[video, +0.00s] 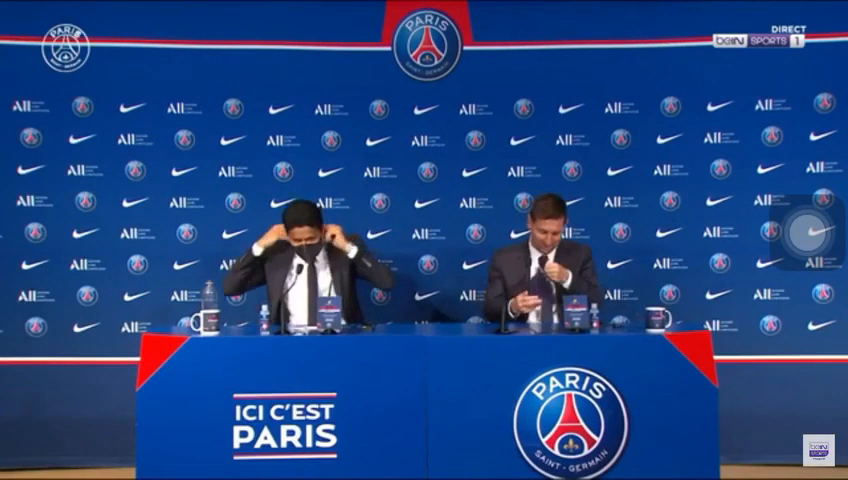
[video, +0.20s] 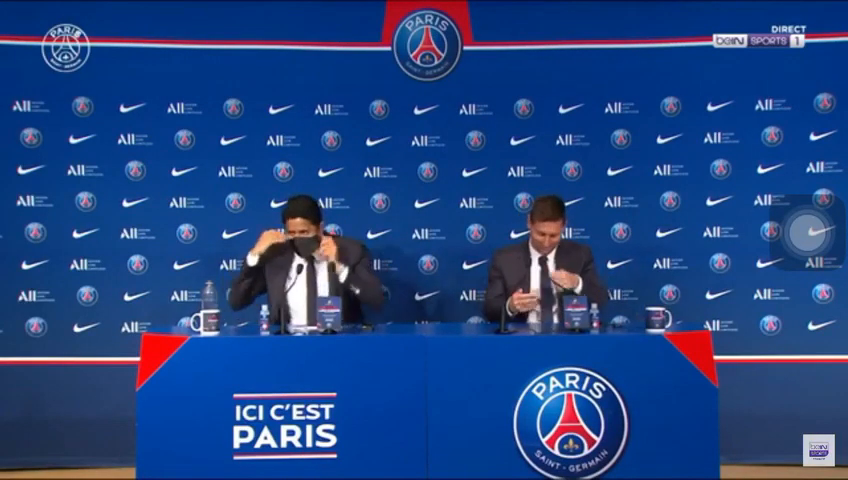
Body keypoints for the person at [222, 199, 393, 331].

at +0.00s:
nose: (304, 246)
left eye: (310, 239)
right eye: (297, 241)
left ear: (322, 230)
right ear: (287, 234)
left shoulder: (345, 251)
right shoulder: (276, 255)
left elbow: (387, 282)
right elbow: (231, 288)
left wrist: (348, 247)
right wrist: (260, 246)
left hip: (340, 346)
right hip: (290, 348)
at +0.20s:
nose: (297, 239)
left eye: (304, 233)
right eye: (292, 233)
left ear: (319, 228)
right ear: (284, 231)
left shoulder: (349, 250)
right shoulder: (275, 256)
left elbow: (376, 299)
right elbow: (237, 302)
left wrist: (339, 266)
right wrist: (255, 254)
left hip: (337, 346)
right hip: (289, 347)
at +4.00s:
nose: (314, 258)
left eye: (320, 251)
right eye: (307, 254)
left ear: (327, 241)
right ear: (290, 246)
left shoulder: (347, 259)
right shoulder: (268, 263)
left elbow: (374, 303)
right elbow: (238, 303)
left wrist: (366, 335)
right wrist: (252, 338)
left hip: (338, 347)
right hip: (286, 348)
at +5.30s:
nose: (319, 239)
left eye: (325, 231)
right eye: (312, 232)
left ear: (332, 227)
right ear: (298, 229)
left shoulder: (350, 251)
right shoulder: (274, 257)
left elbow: (368, 313)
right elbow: (265, 313)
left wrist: (354, 281)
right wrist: (296, 299)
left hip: (340, 341)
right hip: (292, 342)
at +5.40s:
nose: (322, 241)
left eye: (327, 232)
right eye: (314, 233)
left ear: (334, 228)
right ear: (299, 230)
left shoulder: (353, 253)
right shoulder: (275, 257)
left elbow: (369, 316)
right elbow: (266, 313)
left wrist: (353, 289)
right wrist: (299, 305)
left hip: (343, 344)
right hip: (294, 344)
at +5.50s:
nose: (324, 243)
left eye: (329, 235)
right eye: (316, 236)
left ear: (336, 231)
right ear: (300, 232)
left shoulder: (353, 254)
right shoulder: (277, 257)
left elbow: (369, 316)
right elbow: (269, 314)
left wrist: (351, 294)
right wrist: (302, 308)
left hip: (343, 344)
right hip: (295, 345)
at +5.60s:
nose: (328, 248)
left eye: (333, 240)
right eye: (321, 240)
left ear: (339, 235)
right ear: (304, 235)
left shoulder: (355, 255)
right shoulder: (278, 258)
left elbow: (369, 317)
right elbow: (271, 316)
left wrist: (350, 293)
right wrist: (309, 304)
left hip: (344, 345)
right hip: (295, 346)